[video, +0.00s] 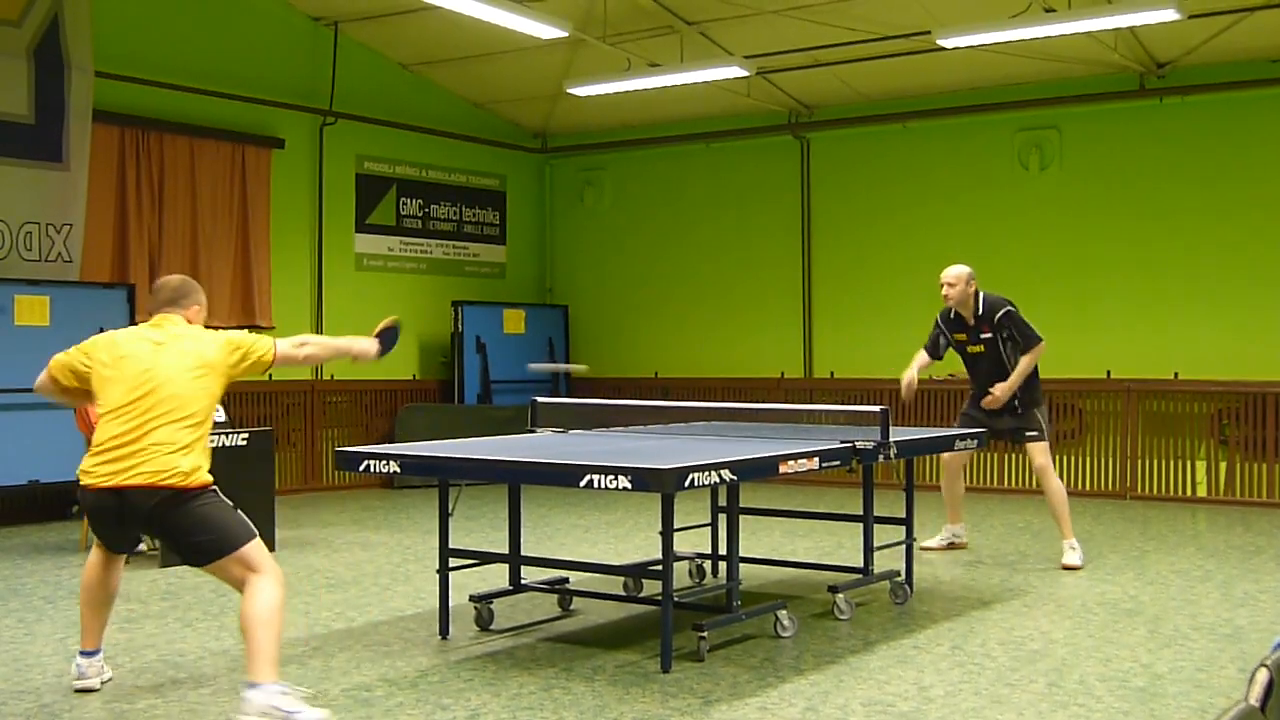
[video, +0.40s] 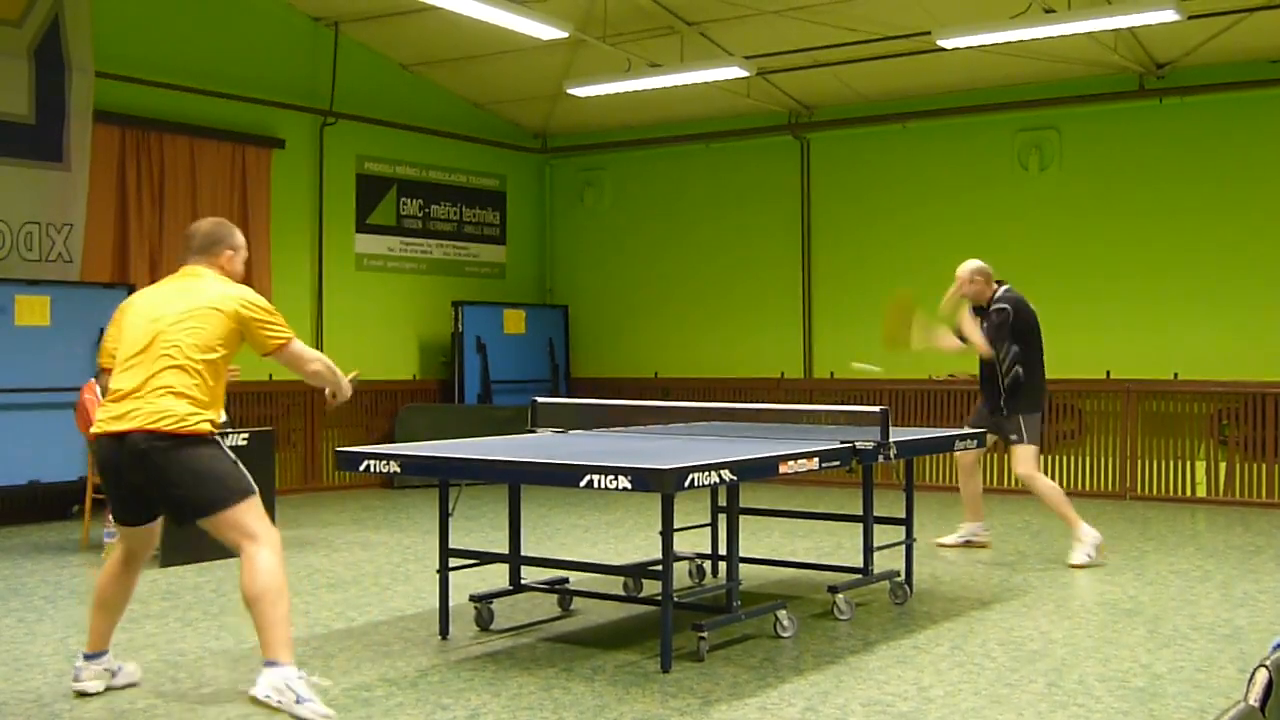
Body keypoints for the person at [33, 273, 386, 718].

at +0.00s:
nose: (205, 318)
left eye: (204, 312)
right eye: (204, 312)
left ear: (152, 311)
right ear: (194, 311)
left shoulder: (105, 344)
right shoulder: (217, 344)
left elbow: (44, 384)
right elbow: (300, 350)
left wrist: (92, 396)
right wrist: (364, 346)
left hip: (104, 485)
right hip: (176, 486)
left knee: (108, 550)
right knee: (261, 574)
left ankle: (87, 660)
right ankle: (263, 687)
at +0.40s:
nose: (243, 266)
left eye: (243, 258)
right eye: (242, 258)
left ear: (190, 255)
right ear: (228, 256)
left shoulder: (136, 300)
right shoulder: (236, 297)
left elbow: (108, 372)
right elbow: (308, 363)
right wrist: (336, 381)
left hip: (114, 440)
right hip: (179, 437)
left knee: (131, 549)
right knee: (260, 540)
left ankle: (92, 663)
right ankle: (280, 671)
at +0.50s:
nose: (259, 276)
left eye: (258, 267)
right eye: (256, 267)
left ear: (203, 266)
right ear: (240, 268)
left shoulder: (153, 307)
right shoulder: (245, 308)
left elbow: (145, 372)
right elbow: (315, 380)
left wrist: (227, 377)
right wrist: (332, 404)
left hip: (120, 446)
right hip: (186, 449)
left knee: (147, 549)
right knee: (260, 559)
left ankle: (95, 666)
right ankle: (278, 691)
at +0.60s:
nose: (284, 298)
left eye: (285, 288)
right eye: (282, 288)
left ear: (235, 283)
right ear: (263, 286)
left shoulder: (194, 326)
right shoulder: (250, 337)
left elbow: (194, 398)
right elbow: (259, 424)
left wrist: (266, 400)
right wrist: (332, 468)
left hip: (145, 480)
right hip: (197, 483)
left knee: (176, 566)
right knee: (301, 571)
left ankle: (99, 668)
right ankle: (277, 702)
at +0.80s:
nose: (358, 293)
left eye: (361, 283)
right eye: (350, 282)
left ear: (325, 281)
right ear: (315, 278)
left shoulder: (297, 318)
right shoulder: (301, 325)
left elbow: (290, 395)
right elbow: (303, 404)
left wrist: (350, 377)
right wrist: (415, 393)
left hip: (218, 480)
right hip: (254, 486)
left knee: (213, 564)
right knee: (358, 585)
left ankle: (134, 643)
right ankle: (282, 705)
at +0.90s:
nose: (380, 294)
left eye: (382, 285)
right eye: (377, 284)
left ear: (330, 274)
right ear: (354, 276)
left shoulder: (280, 314)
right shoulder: (351, 311)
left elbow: (338, 390)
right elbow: (434, 346)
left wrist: (385, 346)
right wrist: (472, 295)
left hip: (227, 477)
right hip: (283, 485)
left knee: (250, 534)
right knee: (379, 587)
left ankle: (186, 628)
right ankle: (288, 699)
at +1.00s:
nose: (406, 293)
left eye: (406, 286)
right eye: (405, 285)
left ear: (351, 280)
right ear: (389, 282)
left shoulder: (300, 322)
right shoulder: (394, 314)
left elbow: (288, 397)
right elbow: (483, 364)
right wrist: (476, 322)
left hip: (264, 478)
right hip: (330, 483)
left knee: (282, 514)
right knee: (436, 564)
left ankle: (236, 618)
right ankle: (373, 679)